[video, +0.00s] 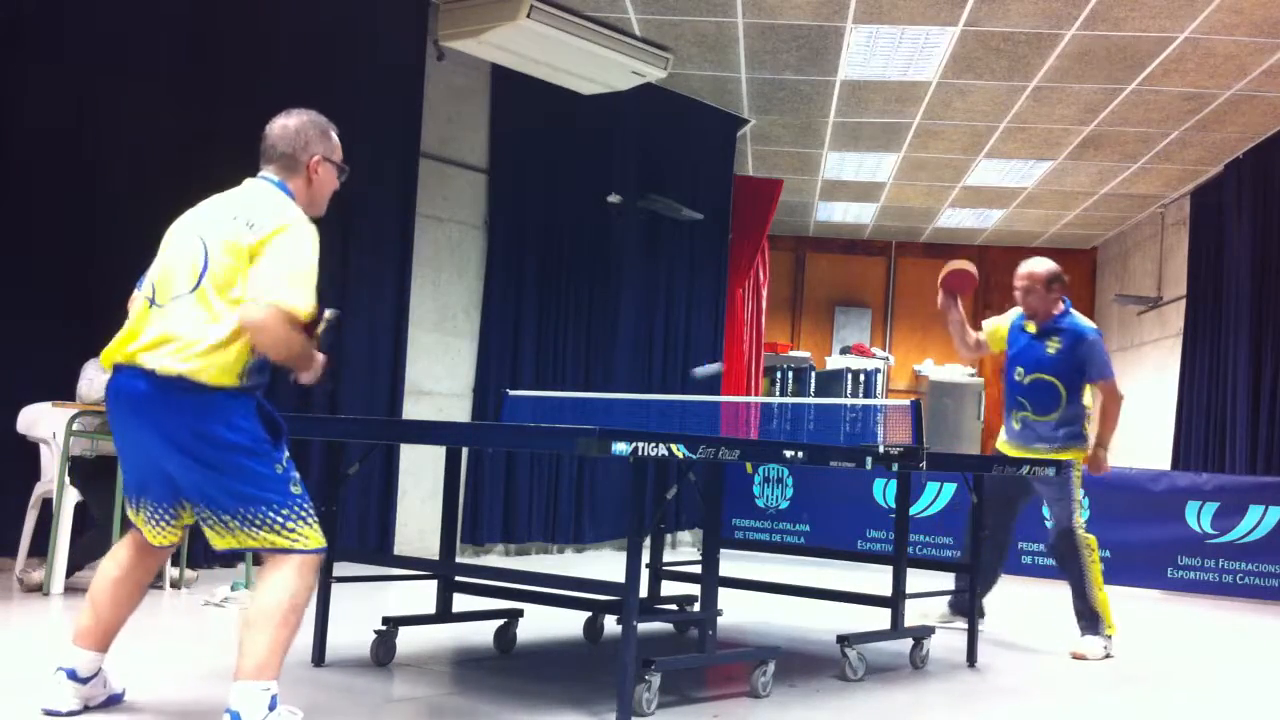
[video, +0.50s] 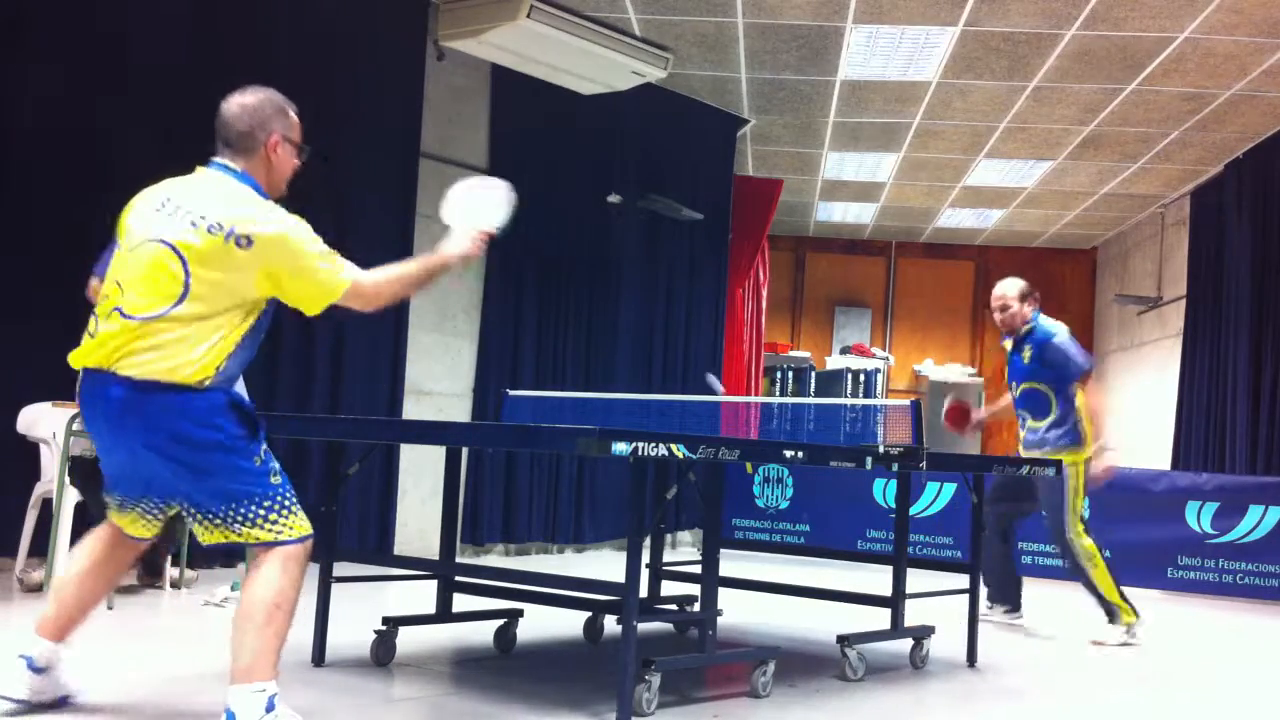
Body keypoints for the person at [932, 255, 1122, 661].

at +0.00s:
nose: (1018, 297)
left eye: (1025, 290)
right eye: (1016, 290)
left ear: (1054, 292)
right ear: (1019, 292)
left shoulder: (1082, 335)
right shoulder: (1013, 321)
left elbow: (1111, 395)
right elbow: (971, 347)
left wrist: (1100, 447)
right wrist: (952, 313)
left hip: (1061, 454)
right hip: (1011, 449)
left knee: (1068, 536)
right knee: (987, 525)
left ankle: (1097, 633)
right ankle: (964, 606)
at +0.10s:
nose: (1032, 306)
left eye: (1040, 298)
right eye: (1029, 298)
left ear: (1066, 300)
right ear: (1028, 299)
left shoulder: (1093, 345)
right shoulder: (1024, 332)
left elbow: (1118, 405)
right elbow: (981, 369)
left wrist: (1107, 460)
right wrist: (960, 337)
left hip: (1067, 456)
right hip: (1018, 451)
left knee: (1076, 537)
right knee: (985, 518)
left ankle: (1096, 637)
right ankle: (986, 608)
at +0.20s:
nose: (1028, 309)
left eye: (1037, 302)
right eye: (1025, 302)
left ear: (1063, 304)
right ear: (1024, 303)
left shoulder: (1088, 344)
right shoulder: (1021, 341)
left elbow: (1118, 400)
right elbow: (978, 375)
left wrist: (1120, 457)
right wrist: (959, 350)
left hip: (1067, 459)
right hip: (1020, 456)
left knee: (1073, 539)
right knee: (982, 518)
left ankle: (1097, 637)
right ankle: (999, 614)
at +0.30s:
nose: (1020, 302)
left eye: (1028, 295)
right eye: (1016, 295)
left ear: (1051, 296)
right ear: (1011, 298)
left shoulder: (1077, 332)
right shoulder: (1012, 334)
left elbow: (1116, 383)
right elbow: (980, 375)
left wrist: (1134, 436)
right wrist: (958, 363)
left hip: (1066, 451)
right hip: (1020, 451)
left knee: (1070, 530)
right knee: (986, 520)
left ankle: (1095, 631)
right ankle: (998, 613)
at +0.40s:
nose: (1006, 301)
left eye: (1014, 293)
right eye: (1002, 295)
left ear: (1037, 292)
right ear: (1000, 299)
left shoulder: (1064, 325)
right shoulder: (1009, 334)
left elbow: (1109, 368)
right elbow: (1004, 377)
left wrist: (1129, 424)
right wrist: (974, 385)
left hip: (1068, 445)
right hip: (1027, 446)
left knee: (1071, 527)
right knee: (992, 516)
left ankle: (1102, 624)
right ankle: (1000, 607)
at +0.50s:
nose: (999, 316)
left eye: (1006, 308)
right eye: (994, 310)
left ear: (1030, 305)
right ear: (992, 312)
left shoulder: (1053, 337)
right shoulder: (1014, 344)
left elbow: (1090, 387)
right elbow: (1022, 393)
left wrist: (1100, 446)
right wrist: (983, 414)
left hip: (1063, 456)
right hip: (1030, 456)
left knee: (1069, 535)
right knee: (993, 512)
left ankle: (1125, 618)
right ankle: (1004, 603)